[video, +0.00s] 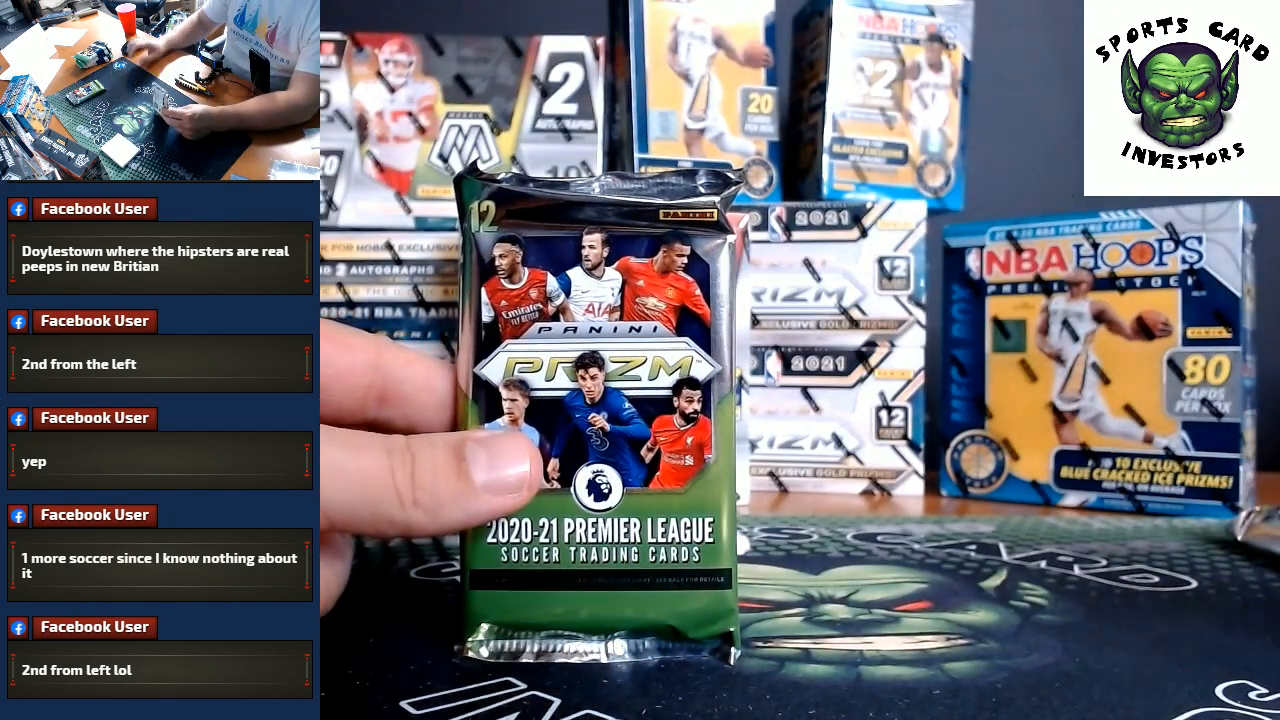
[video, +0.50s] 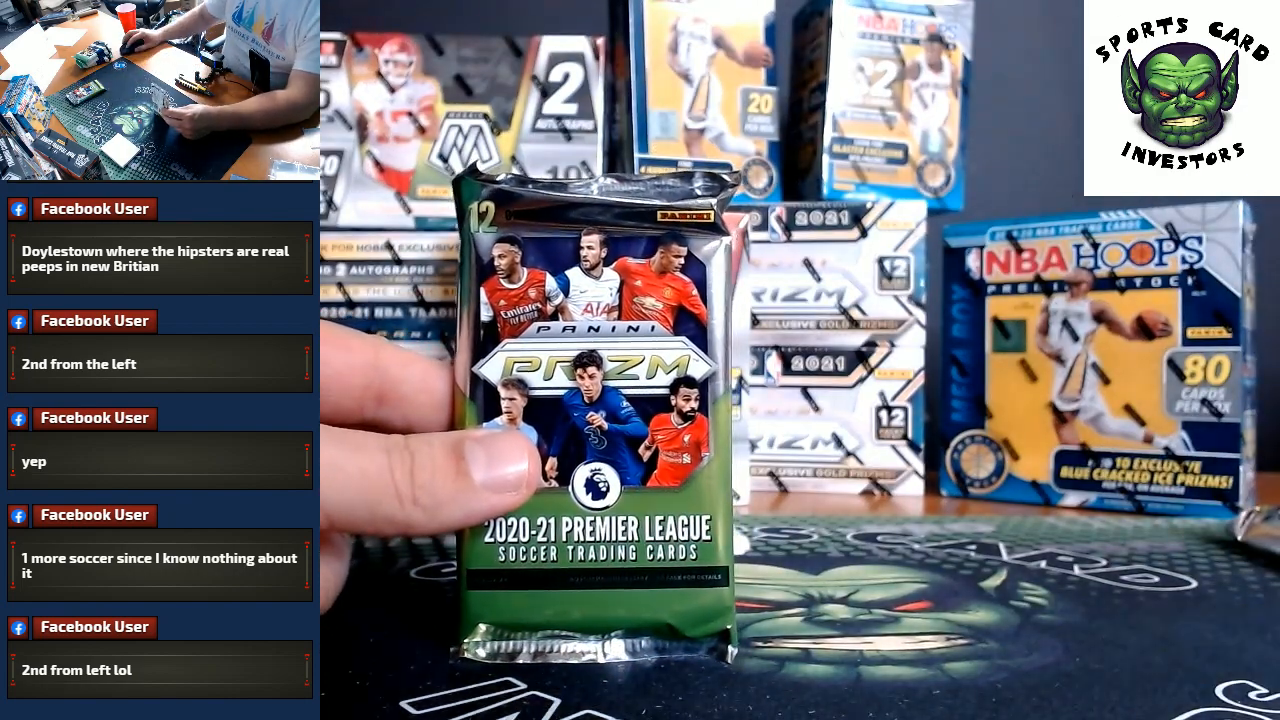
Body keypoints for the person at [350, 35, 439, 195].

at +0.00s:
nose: (398, 70)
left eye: (404, 65)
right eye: (392, 64)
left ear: (413, 66)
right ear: (381, 64)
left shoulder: (424, 90)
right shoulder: (365, 90)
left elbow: (432, 130)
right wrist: (370, 126)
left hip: (405, 169)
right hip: (373, 165)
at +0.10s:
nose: (398, 70)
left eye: (404, 65)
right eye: (392, 64)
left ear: (413, 66)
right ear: (381, 64)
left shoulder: (424, 90)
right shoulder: (365, 90)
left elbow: (432, 130)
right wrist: (370, 126)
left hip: (405, 169)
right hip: (373, 165)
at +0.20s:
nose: (399, 70)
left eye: (405, 64)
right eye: (392, 64)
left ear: (413, 66)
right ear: (381, 64)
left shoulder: (423, 90)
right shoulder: (365, 90)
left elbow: (432, 130)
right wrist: (370, 126)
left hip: (406, 169)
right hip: (374, 165)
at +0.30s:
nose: (399, 70)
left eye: (405, 64)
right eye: (392, 63)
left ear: (413, 66)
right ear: (381, 64)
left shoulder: (424, 90)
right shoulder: (365, 90)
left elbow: (432, 130)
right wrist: (370, 126)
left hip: (405, 170)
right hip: (374, 165)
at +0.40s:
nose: (399, 70)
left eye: (405, 64)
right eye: (392, 63)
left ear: (413, 66)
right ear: (381, 64)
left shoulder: (424, 89)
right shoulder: (365, 90)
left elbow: (432, 130)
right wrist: (370, 126)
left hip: (406, 169)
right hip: (373, 165)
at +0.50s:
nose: (399, 70)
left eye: (405, 64)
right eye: (392, 63)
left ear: (413, 66)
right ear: (381, 64)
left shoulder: (424, 89)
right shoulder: (365, 90)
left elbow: (432, 130)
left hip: (405, 169)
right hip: (374, 165)